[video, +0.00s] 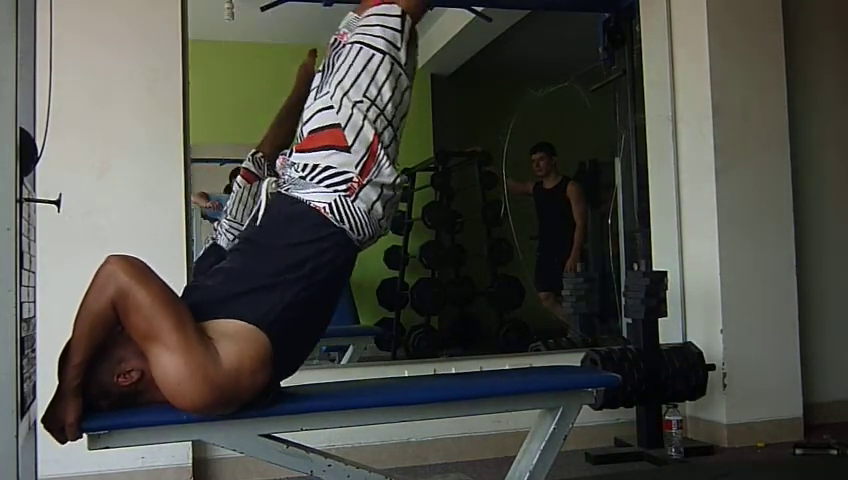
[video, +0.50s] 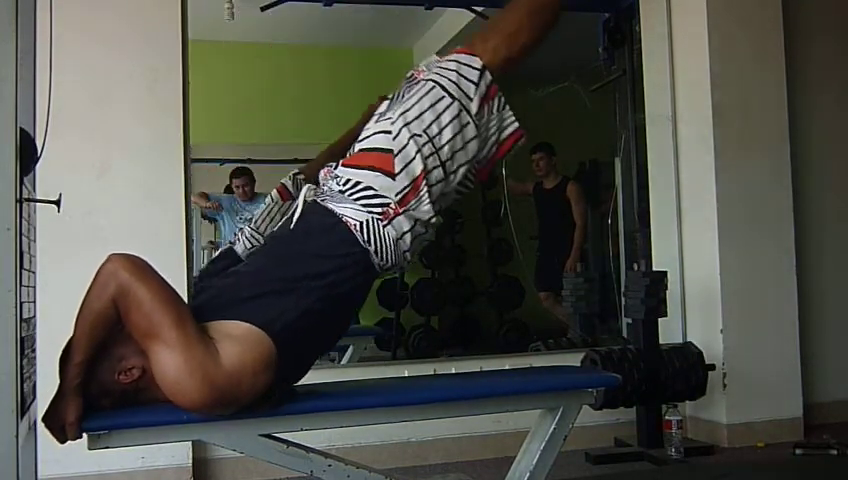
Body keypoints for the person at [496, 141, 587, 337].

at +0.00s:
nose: (536, 165)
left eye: (541, 160)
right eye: (534, 161)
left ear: (552, 161)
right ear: (532, 164)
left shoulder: (570, 187)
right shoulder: (536, 187)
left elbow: (581, 224)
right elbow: (511, 185)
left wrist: (574, 256)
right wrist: (488, 167)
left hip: (567, 250)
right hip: (546, 249)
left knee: (568, 296)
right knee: (546, 297)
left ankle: (576, 335)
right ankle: (577, 329)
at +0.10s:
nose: (536, 165)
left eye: (541, 160)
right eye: (534, 161)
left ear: (552, 161)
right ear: (532, 164)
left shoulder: (570, 187)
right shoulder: (536, 187)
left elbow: (580, 224)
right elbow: (511, 185)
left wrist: (574, 256)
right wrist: (489, 167)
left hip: (566, 249)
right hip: (545, 249)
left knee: (567, 296)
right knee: (546, 297)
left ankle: (575, 336)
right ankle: (577, 329)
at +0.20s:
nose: (536, 165)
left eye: (541, 160)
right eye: (534, 161)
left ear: (552, 161)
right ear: (532, 164)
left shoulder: (570, 188)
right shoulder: (536, 187)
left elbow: (580, 224)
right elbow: (510, 185)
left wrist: (574, 256)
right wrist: (488, 166)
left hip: (567, 249)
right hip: (546, 249)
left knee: (567, 296)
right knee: (546, 297)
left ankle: (574, 336)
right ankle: (578, 329)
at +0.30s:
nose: (537, 165)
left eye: (541, 160)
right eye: (534, 161)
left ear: (553, 161)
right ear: (532, 164)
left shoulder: (570, 187)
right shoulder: (536, 187)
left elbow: (580, 224)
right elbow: (511, 186)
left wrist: (574, 257)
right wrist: (491, 171)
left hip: (567, 249)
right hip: (546, 249)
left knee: (568, 296)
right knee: (546, 297)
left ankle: (574, 335)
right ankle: (578, 330)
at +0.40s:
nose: (537, 165)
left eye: (541, 160)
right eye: (534, 161)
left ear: (553, 161)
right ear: (532, 164)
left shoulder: (570, 187)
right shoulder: (536, 187)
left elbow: (580, 224)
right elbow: (513, 186)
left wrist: (574, 257)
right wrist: (495, 174)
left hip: (566, 249)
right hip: (546, 249)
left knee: (568, 296)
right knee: (546, 298)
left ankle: (574, 335)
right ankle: (578, 330)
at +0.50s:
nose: (536, 165)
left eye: (541, 160)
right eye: (534, 161)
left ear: (552, 161)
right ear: (531, 164)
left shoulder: (570, 187)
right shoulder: (536, 187)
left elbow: (580, 224)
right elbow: (512, 186)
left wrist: (574, 257)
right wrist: (493, 174)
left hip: (567, 250)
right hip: (546, 249)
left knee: (568, 296)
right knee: (546, 297)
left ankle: (575, 335)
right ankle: (577, 329)